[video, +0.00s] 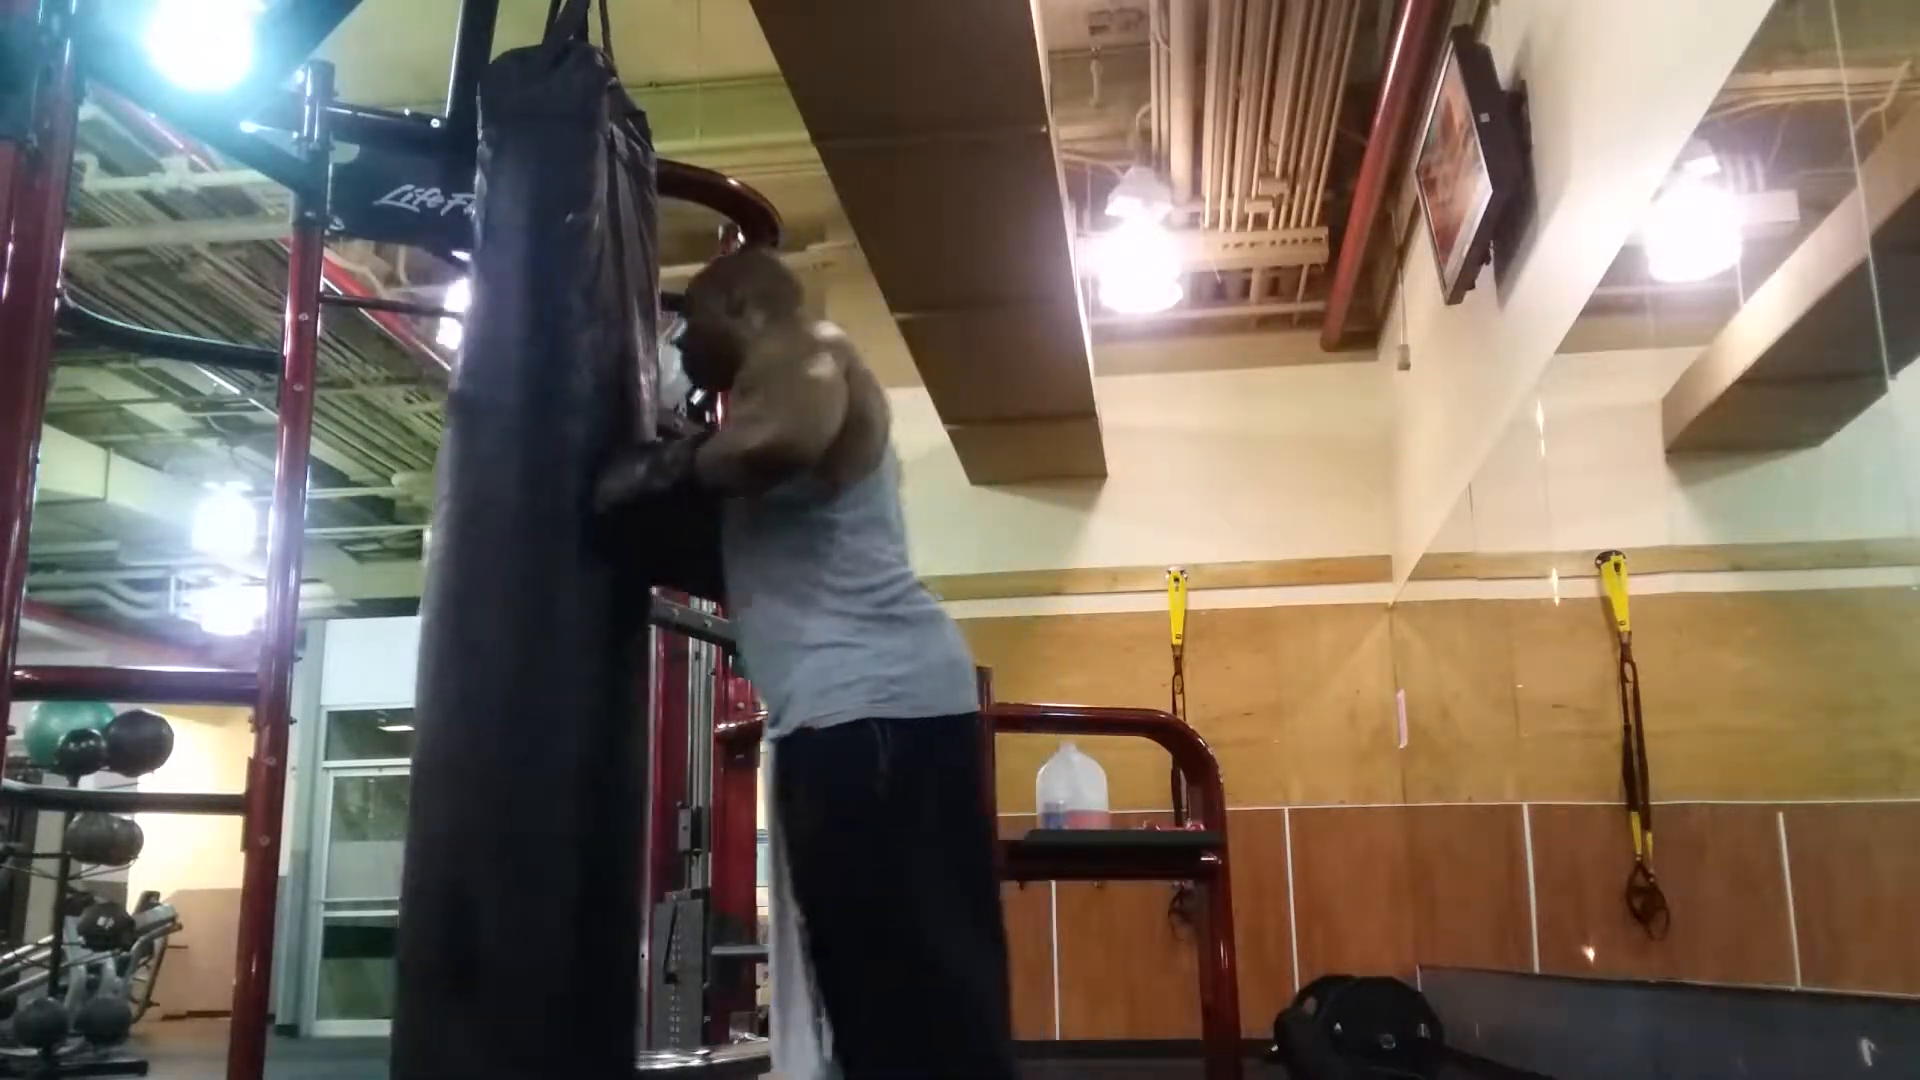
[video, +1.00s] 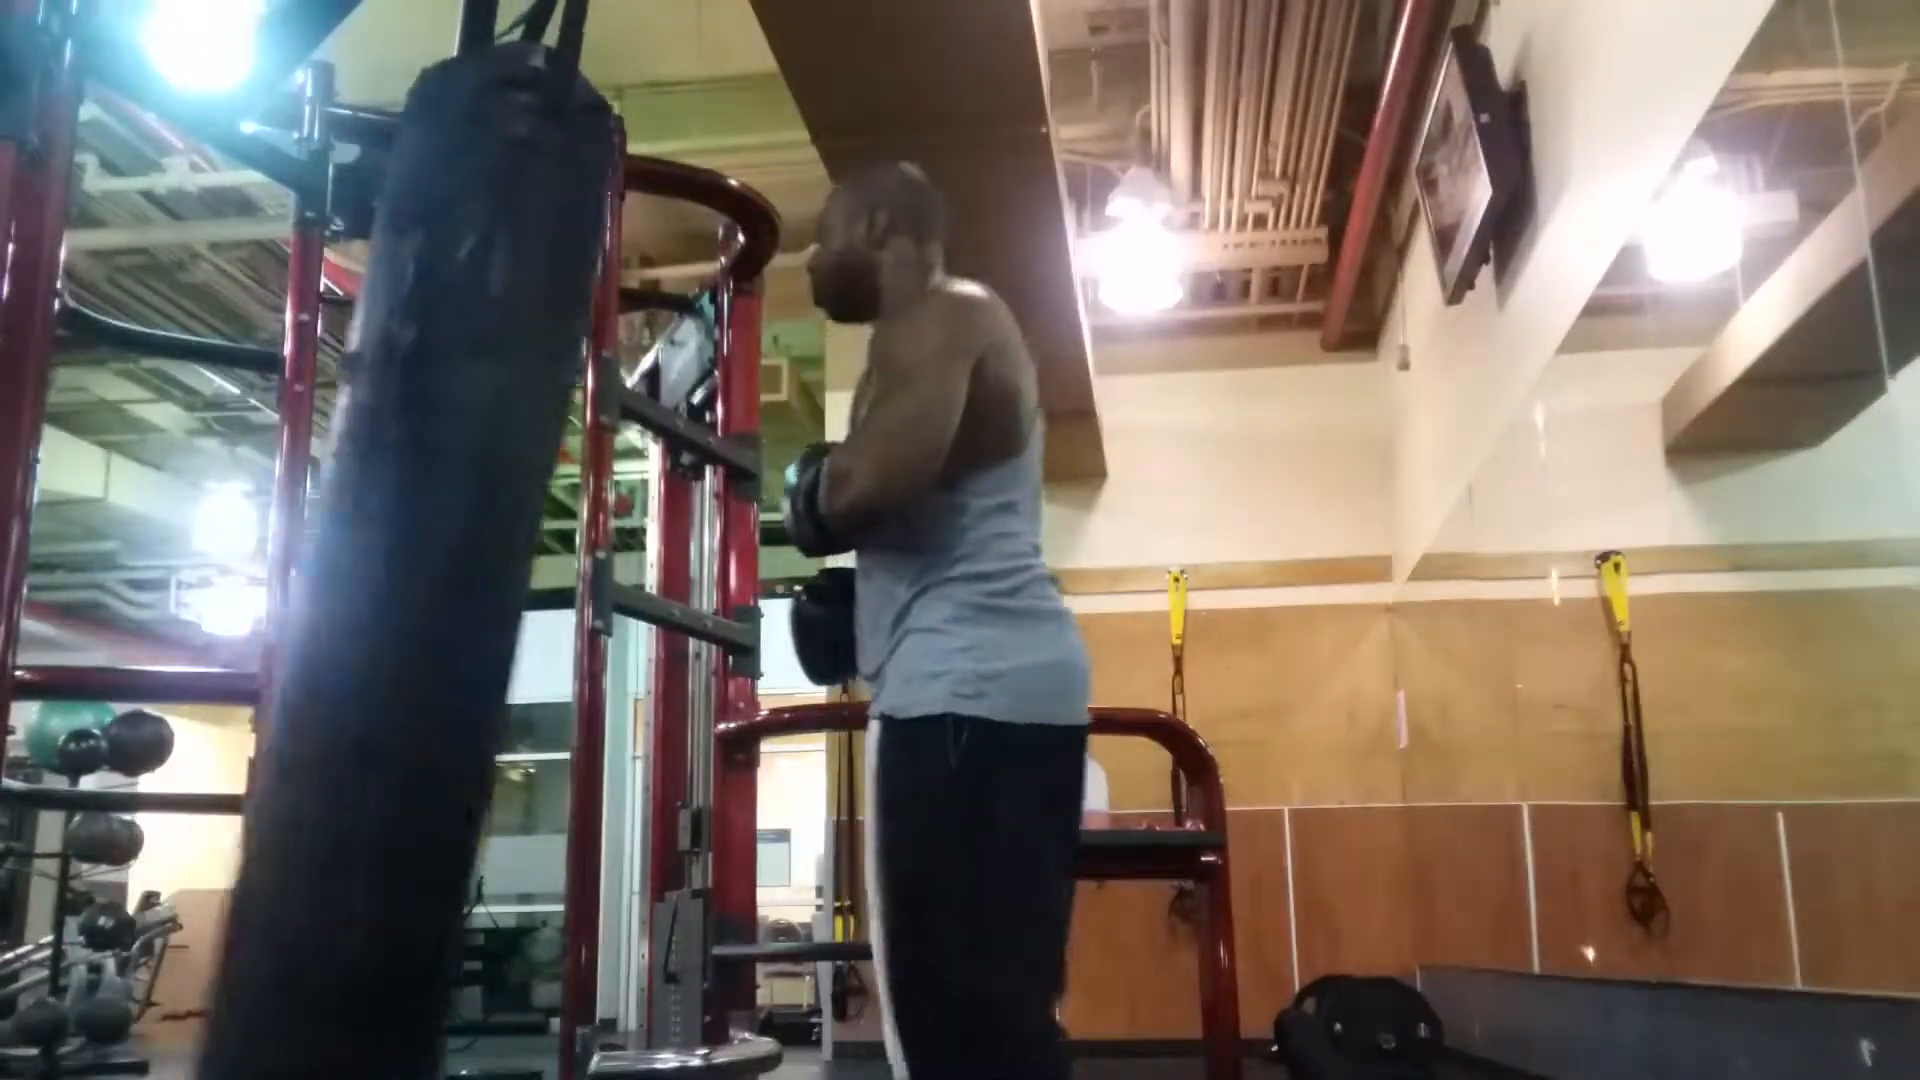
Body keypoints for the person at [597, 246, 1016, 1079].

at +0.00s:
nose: (684, 343)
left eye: (692, 316)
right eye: (681, 320)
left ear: (740, 306)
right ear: (764, 306)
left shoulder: (799, 350)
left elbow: (791, 430)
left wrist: (667, 468)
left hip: (869, 708)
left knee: (897, 1000)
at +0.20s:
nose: (710, 323)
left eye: (722, 299)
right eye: (712, 303)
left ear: (782, 294)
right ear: (794, 301)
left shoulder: (827, 356)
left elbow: (766, 465)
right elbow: (784, 612)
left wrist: (636, 476)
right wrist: (646, 556)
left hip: (881, 710)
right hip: (865, 713)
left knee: (876, 988)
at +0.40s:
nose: (724, 309)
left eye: (738, 287)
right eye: (725, 293)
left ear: (805, 286)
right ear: (808, 293)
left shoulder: (858, 347)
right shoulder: (814, 401)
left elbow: (848, 462)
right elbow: (861, 597)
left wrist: (723, 483)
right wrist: (752, 624)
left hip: (911, 702)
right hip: (872, 706)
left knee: (914, 992)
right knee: (889, 990)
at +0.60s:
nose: (743, 308)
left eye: (755, 282)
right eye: (743, 289)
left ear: (819, 282)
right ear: (825, 288)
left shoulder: (883, 346)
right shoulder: (836, 390)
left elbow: (883, 472)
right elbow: (878, 552)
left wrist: (775, 514)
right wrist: (801, 620)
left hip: (932, 693)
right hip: (894, 694)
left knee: (929, 990)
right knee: (910, 984)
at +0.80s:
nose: (781, 276)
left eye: (796, 255)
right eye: (784, 258)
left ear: (859, 259)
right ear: (862, 266)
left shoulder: (920, 333)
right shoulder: (863, 380)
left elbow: (877, 470)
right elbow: (902, 564)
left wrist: (786, 503)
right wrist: (814, 617)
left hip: (949, 689)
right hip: (905, 692)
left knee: (938, 994)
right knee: (920, 990)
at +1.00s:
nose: (811, 256)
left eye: (824, 235)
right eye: (815, 237)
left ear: (880, 234)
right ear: (895, 241)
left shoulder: (938, 313)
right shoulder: (938, 331)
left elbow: (885, 474)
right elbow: (963, 546)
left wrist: (815, 489)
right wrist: (868, 608)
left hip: (971, 699)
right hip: (978, 698)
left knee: (960, 1020)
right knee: (983, 1016)